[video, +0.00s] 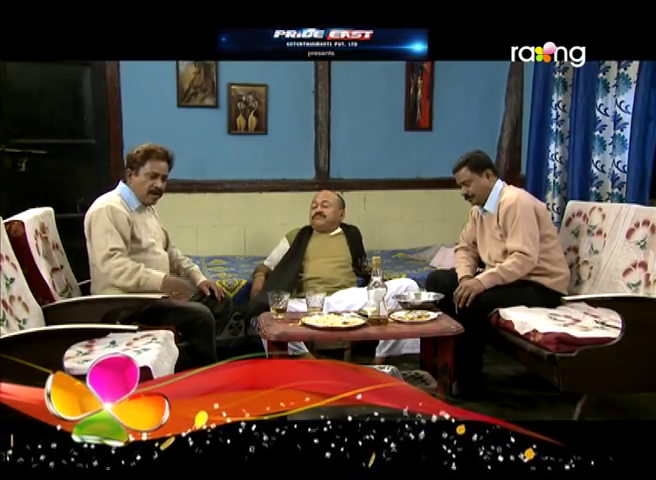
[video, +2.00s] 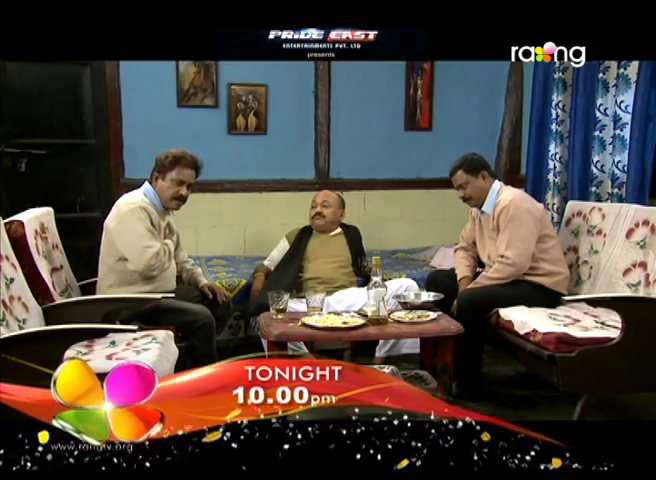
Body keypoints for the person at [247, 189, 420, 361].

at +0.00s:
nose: (318, 210)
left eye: (325, 206)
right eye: (314, 206)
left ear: (341, 213)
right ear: (309, 211)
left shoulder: (351, 233)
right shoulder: (297, 236)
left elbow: (362, 268)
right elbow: (265, 267)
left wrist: (379, 281)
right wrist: (256, 300)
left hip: (350, 298)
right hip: (309, 300)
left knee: (406, 285)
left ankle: (381, 363)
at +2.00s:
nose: (317, 210)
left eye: (325, 206)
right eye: (314, 206)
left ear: (341, 213)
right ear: (309, 211)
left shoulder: (351, 233)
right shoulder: (297, 236)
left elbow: (362, 269)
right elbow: (265, 268)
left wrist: (378, 282)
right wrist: (256, 300)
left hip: (351, 297)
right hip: (311, 300)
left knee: (406, 285)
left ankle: (382, 362)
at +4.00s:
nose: (317, 211)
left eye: (325, 206)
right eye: (313, 206)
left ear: (340, 213)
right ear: (308, 211)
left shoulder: (351, 233)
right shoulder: (298, 236)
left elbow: (361, 269)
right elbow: (264, 269)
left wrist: (379, 282)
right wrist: (256, 303)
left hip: (349, 298)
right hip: (308, 300)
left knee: (406, 286)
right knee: (264, 316)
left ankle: (382, 363)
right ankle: (304, 364)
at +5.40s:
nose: (336, 213)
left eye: (337, 207)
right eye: (329, 209)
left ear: (340, 208)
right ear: (309, 214)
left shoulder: (347, 234)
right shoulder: (293, 237)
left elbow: (359, 267)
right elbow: (266, 267)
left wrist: (378, 276)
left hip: (351, 297)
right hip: (311, 299)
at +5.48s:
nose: (336, 213)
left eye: (337, 207)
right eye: (329, 209)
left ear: (340, 208)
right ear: (309, 214)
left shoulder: (346, 234)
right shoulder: (293, 237)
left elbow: (358, 267)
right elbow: (266, 266)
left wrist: (380, 272)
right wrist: (254, 278)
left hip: (350, 298)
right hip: (310, 300)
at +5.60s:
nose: (336, 212)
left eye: (337, 207)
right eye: (328, 208)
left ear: (339, 208)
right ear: (308, 214)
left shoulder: (346, 233)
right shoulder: (293, 236)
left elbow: (359, 267)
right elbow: (267, 267)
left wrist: (390, 270)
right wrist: (249, 277)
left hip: (350, 299)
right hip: (311, 300)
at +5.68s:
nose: (336, 212)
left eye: (337, 207)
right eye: (329, 208)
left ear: (339, 208)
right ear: (308, 213)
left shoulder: (345, 233)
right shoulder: (292, 236)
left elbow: (360, 267)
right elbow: (267, 267)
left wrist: (395, 270)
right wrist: (242, 274)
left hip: (351, 298)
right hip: (310, 300)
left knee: (406, 286)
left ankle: (379, 365)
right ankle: (312, 366)